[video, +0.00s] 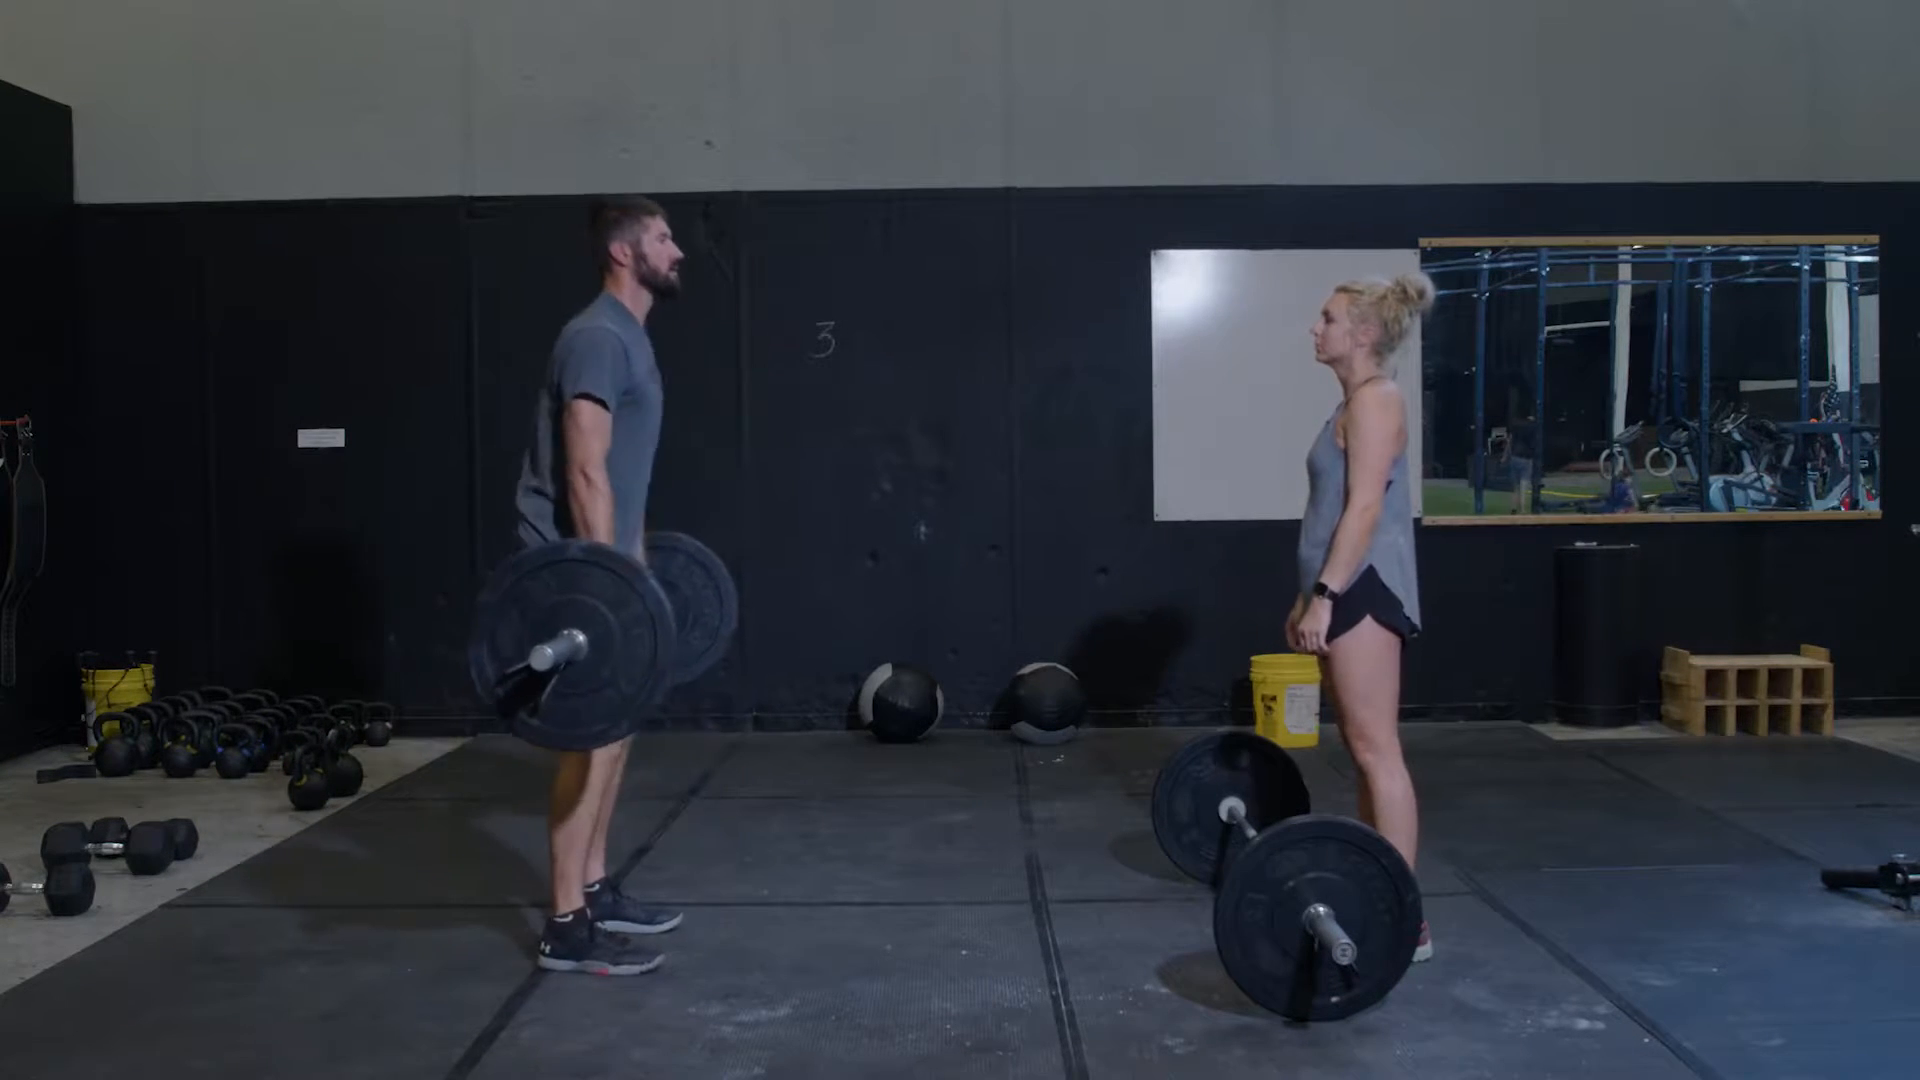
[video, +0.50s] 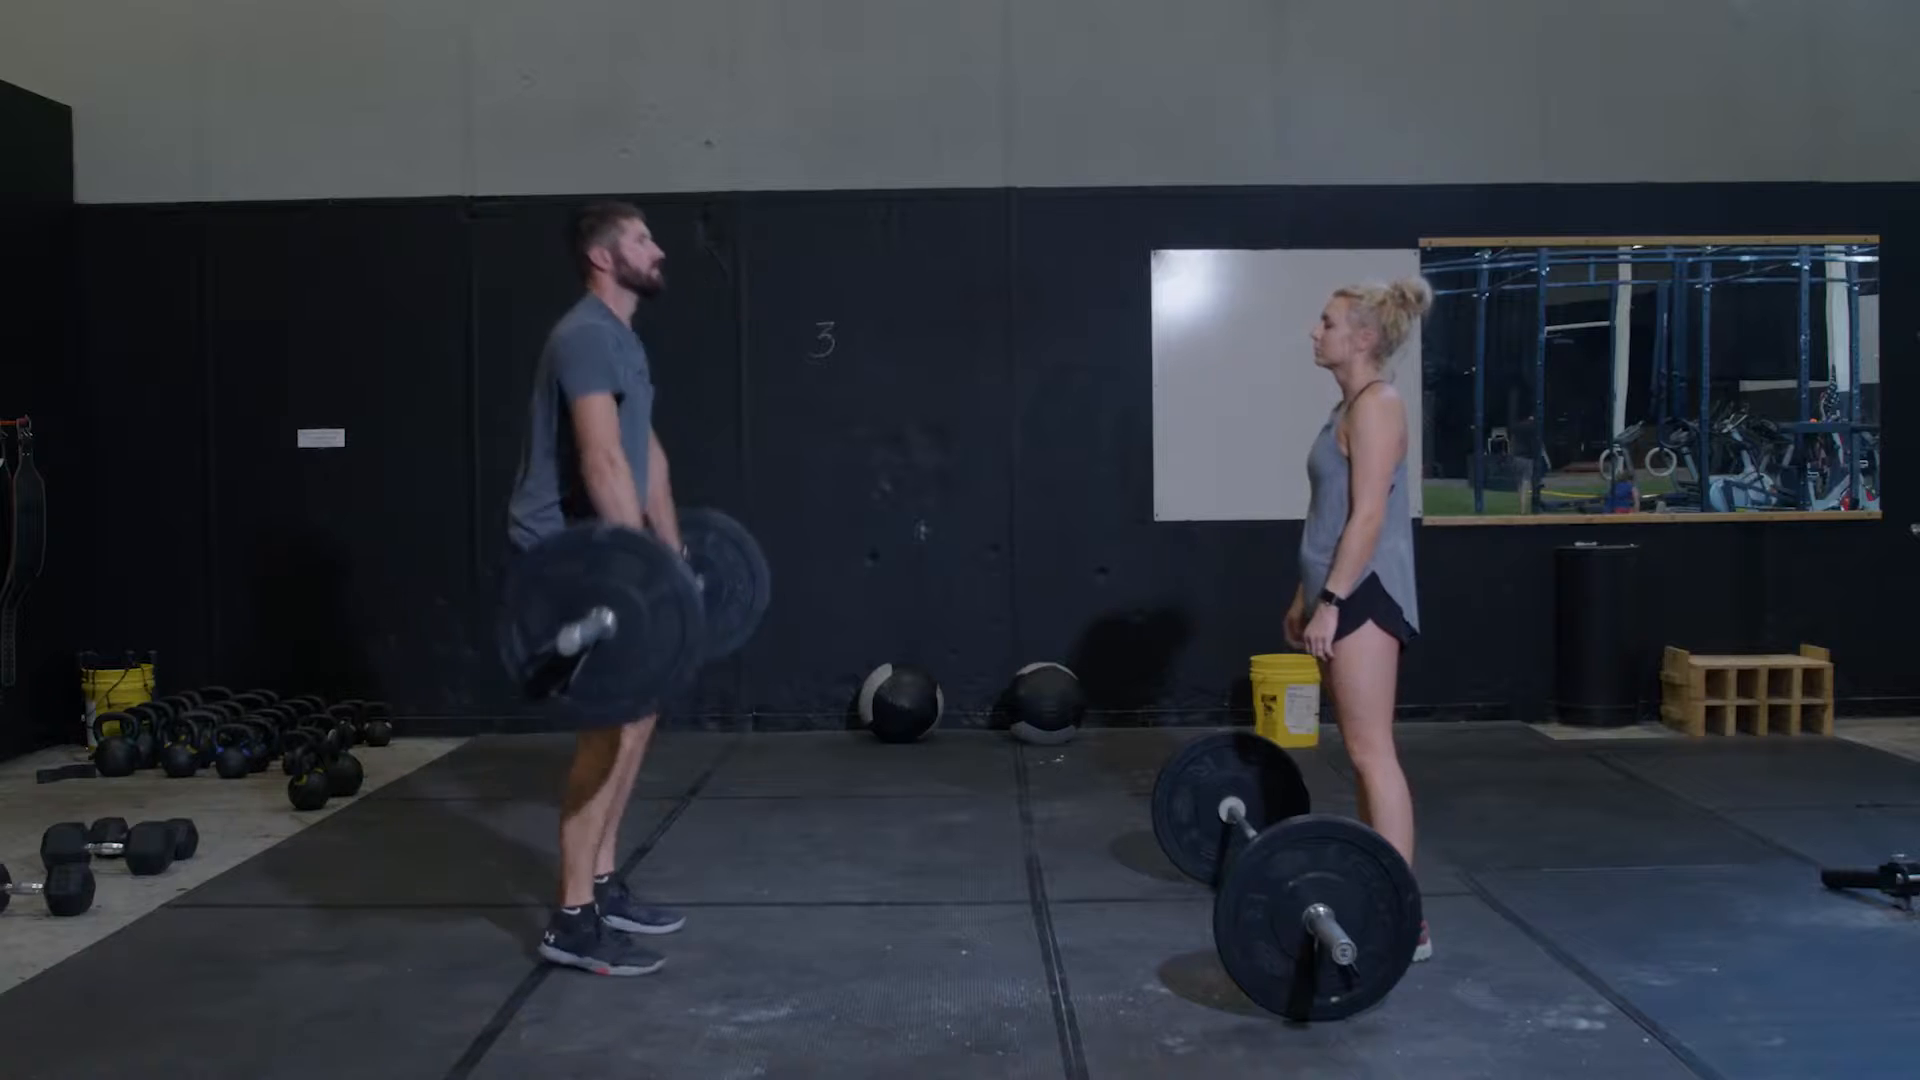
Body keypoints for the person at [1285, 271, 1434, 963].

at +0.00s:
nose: (1316, 329)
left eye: (1329, 320)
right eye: (1320, 318)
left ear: (1365, 333)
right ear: (1356, 334)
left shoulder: (1375, 400)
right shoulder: (1354, 403)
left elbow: (1365, 508)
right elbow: (1338, 512)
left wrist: (1325, 594)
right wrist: (1310, 594)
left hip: (1366, 593)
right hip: (1346, 592)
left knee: (1377, 749)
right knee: (1365, 748)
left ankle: (1399, 912)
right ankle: (1378, 901)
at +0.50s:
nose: (1315, 333)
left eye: (1328, 324)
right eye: (1319, 322)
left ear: (1364, 337)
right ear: (1354, 338)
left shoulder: (1376, 404)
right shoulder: (1350, 407)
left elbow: (1370, 515)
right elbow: (1334, 516)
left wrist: (1331, 600)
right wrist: (1308, 593)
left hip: (1368, 596)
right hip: (1346, 594)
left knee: (1372, 751)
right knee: (1365, 751)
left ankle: (1399, 913)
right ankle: (1384, 906)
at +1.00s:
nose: (1318, 332)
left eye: (1331, 324)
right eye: (1322, 322)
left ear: (1365, 339)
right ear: (1354, 340)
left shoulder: (1377, 407)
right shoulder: (1346, 408)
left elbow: (1372, 515)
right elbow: (1331, 515)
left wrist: (1333, 599)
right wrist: (1305, 591)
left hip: (1370, 597)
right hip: (1345, 595)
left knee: (1371, 754)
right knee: (1364, 753)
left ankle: (1399, 913)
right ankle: (1384, 906)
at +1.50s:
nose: (1318, 328)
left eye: (1331, 321)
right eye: (1322, 318)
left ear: (1365, 337)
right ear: (1355, 338)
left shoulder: (1375, 404)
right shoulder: (1347, 405)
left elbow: (1365, 512)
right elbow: (1326, 514)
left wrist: (1324, 595)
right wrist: (1302, 591)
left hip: (1364, 591)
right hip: (1345, 591)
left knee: (1355, 742)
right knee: (1365, 742)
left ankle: (1395, 910)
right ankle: (1390, 904)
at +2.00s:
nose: (1321, 324)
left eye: (1335, 317)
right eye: (1325, 314)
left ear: (1369, 336)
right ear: (1358, 336)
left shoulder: (1375, 402)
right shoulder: (1351, 405)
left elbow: (1367, 509)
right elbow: (1331, 513)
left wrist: (1327, 593)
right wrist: (1304, 594)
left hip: (1367, 593)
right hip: (1342, 593)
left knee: (1378, 748)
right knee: (1359, 747)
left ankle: (1401, 914)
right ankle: (1375, 903)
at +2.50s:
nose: (1328, 326)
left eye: (1341, 318)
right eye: (1333, 315)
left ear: (1374, 337)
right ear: (1368, 337)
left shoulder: (1380, 401)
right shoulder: (1360, 403)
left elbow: (1373, 508)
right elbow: (1351, 512)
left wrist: (1335, 594)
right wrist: (1321, 599)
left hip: (1372, 594)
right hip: (1350, 594)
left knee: (1383, 748)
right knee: (1363, 746)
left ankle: (1403, 914)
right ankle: (1377, 900)